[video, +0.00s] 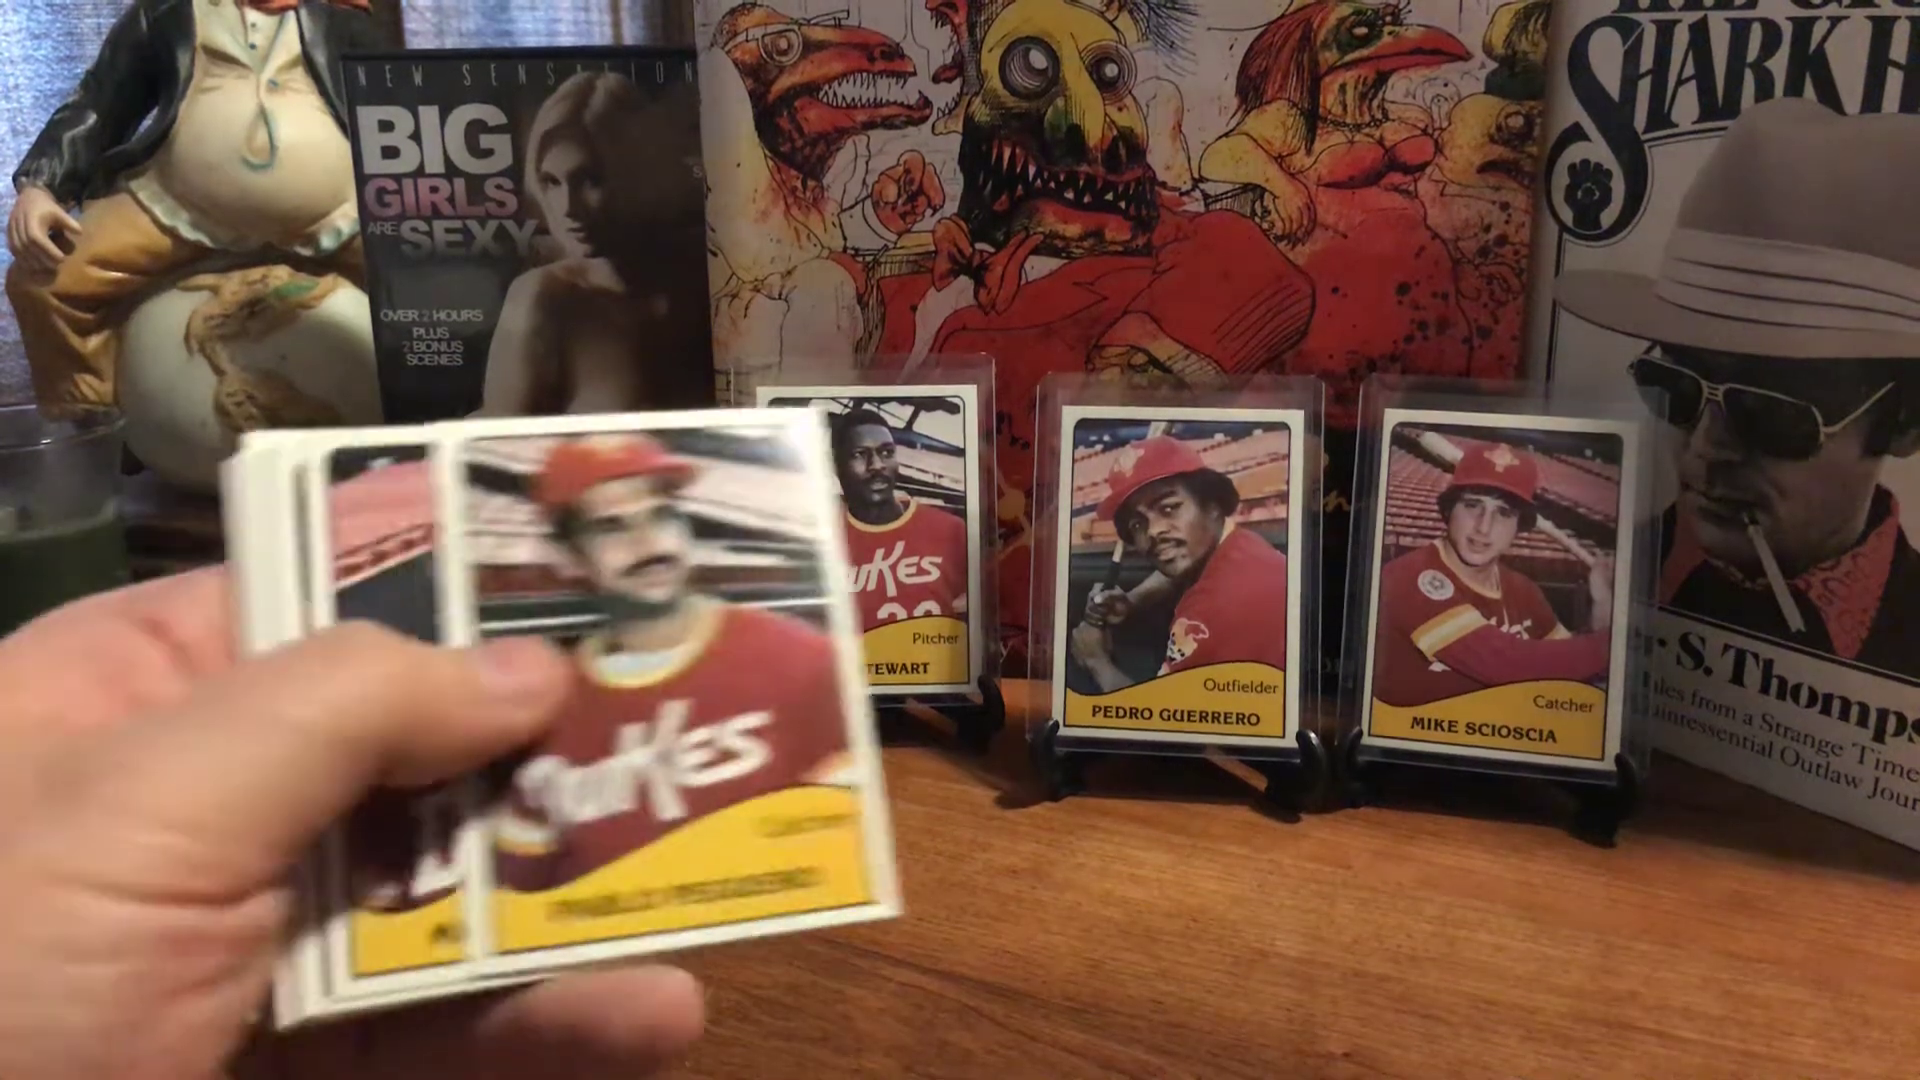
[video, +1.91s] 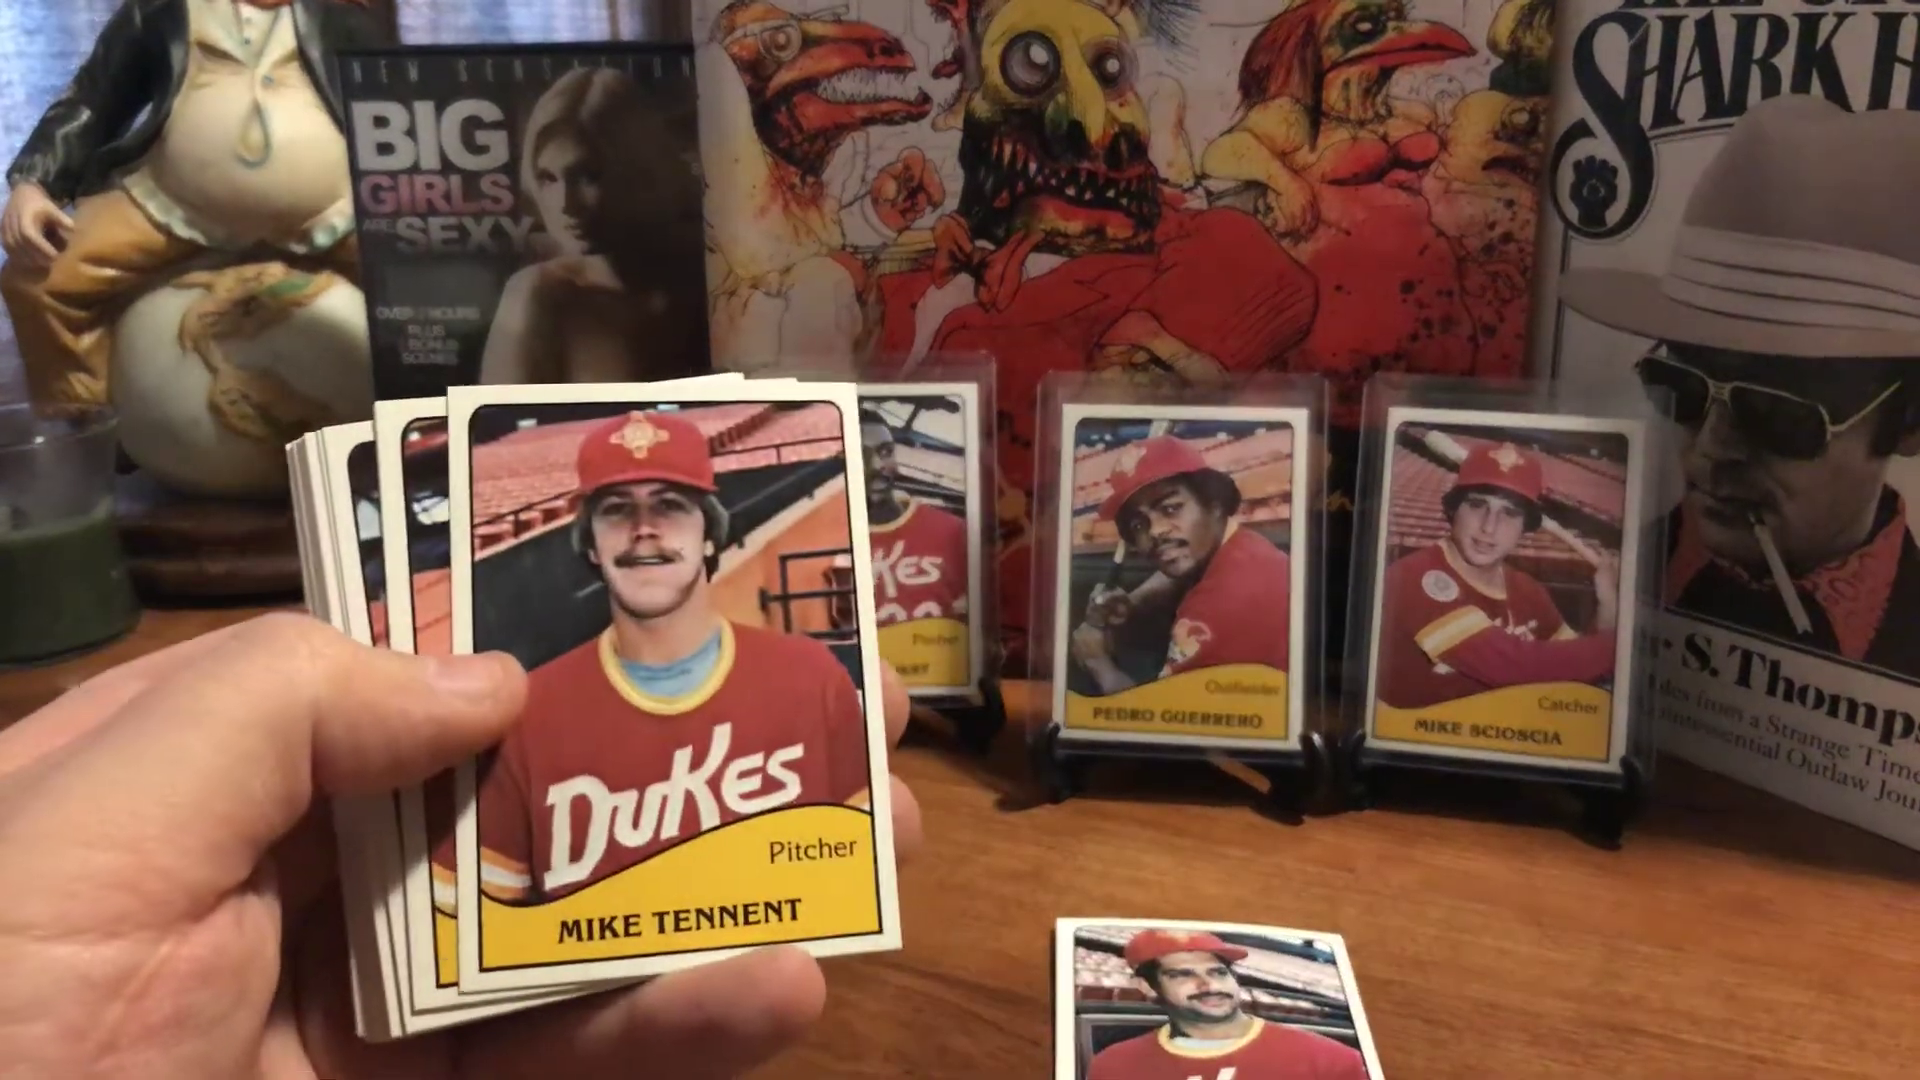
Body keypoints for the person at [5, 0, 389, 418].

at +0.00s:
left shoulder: (347, 21)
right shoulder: (163, 14)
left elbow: (398, 108)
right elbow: (99, 102)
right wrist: (36, 184)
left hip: (339, 213)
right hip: (178, 208)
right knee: (43, 281)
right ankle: (104, 440)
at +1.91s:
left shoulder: (343, 18)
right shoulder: (158, 10)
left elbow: (398, 103)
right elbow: (92, 100)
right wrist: (29, 180)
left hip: (333, 212)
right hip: (173, 206)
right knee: (37, 277)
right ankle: (96, 438)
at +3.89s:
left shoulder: (347, 17)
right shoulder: (160, 13)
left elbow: (398, 98)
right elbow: (93, 103)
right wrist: (31, 182)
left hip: (336, 210)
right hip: (176, 206)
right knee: (39, 281)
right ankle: (98, 453)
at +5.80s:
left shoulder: (345, 20)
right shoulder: (163, 12)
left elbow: (398, 103)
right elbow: (97, 102)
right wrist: (34, 182)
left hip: (338, 214)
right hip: (177, 207)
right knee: (43, 282)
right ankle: (95, 431)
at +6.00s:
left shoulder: (348, 14)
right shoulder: (163, 11)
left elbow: (397, 93)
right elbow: (100, 98)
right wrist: (34, 181)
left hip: (340, 209)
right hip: (178, 207)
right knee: (42, 279)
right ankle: (97, 434)